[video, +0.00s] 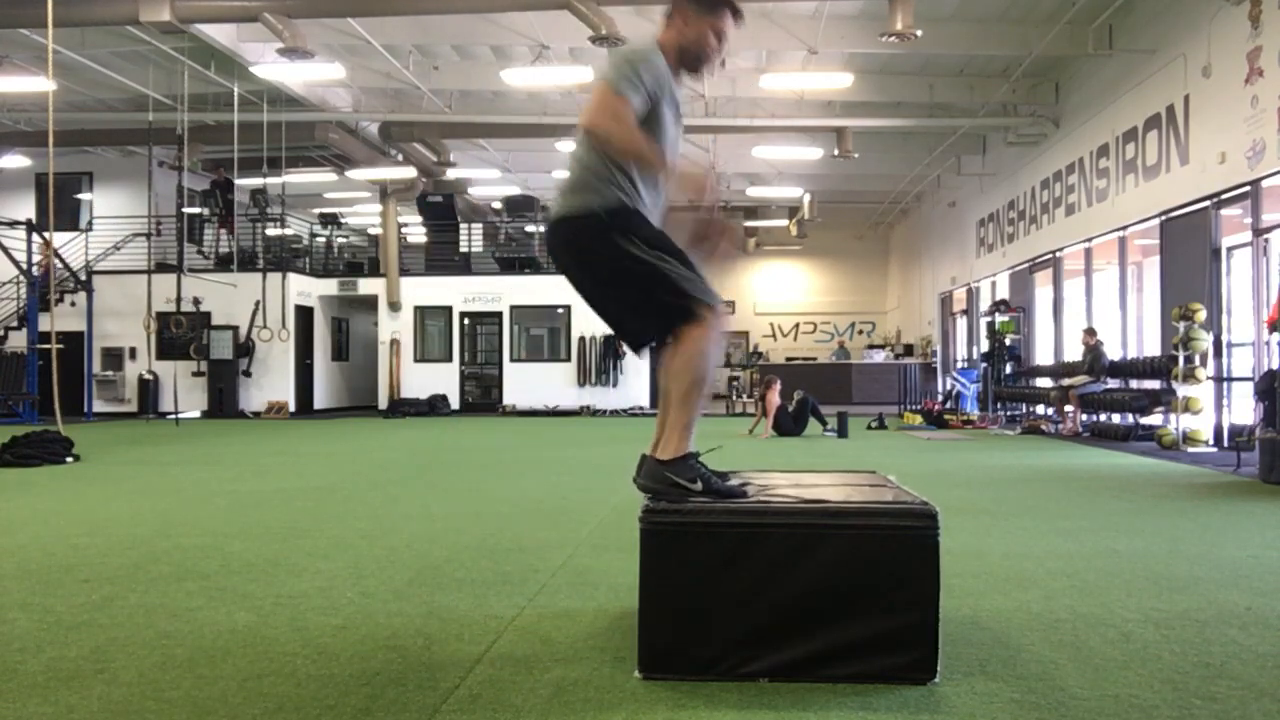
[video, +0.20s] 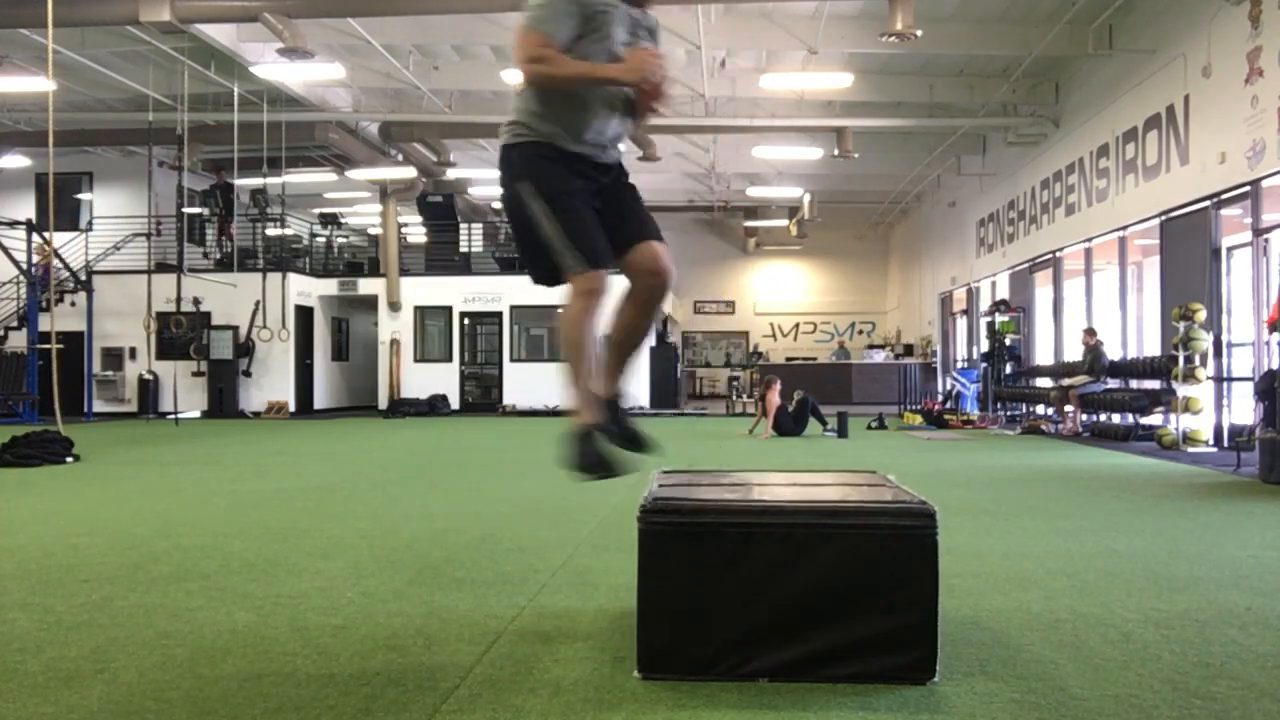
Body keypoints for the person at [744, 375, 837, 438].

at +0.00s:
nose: (780, 386)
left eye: (779, 384)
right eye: (778, 384)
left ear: (768, 385)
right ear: (773, 385)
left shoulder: (765, 396)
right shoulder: (773, 396)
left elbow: (759, 415)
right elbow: (770, 416)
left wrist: (751, 430)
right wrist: (766, 433)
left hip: (784, 430)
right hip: (792, 431)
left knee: (804, 399)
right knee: (807, 400)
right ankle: (826, 426)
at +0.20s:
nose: (780, 386)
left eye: (779, 384)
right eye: (778, 384)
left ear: (768, 385)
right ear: (773, 385)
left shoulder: (765, 396)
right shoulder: (773, 396)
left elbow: (759, 415)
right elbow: (770, 416)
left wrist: (751, 430)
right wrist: (766, 433)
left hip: (784, 430)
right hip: (792, 431)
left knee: (804, 399)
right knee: (807, 400)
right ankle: (826, 426)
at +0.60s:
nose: (780, 387)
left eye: (779, 384)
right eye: (778, 384)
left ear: (768, 385)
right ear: (773, 385)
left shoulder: (765, 396)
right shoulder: (773, 396)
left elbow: (759, 415)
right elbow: (770, 416)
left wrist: (751, 430)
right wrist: (766, 433)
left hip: (784, 430)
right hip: (792, 431)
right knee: (807, 400)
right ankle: (826, 426)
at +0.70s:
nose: (780, 386)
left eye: (780, 384)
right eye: (778, 384)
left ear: (768, 385)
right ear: (773, 385)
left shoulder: (766, 396)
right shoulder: (773, 396)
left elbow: (760, 415)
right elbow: (770, 416)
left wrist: (751, 430)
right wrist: (766, 433)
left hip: (784, 430)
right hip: (792, 431)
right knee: (807, 399)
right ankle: (826, 426)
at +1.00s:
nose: (780, 386)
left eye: (780, 384)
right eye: (778, 384)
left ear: (768, 385)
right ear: (773, 385)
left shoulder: (765, 396)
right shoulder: (773, 396)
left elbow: (760, 415)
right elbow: (770, 416)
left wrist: (751, 430)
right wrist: (766, 433)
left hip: (784, 430)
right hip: (792, 431)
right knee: (807, 399)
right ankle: (826, 426)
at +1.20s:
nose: (780, 387)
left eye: (779, 384)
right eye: (778, 384)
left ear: (768, 385)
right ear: (773, 385)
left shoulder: (765, 396)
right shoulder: (773, 396)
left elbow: (759, 415)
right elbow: (770, 416)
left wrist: (751, 430)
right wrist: (766, 433)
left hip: (784, 430)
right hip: (792, 431)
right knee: (807, 399)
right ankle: (826, 426)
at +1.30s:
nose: (780, 387)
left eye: (779, 384)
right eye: (778, 384)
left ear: (768, 385)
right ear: (773, 385)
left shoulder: (765, 396)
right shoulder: (773, 396)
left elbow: (759, 415)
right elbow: (770, 416)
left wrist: (751, 430)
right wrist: (766, 433)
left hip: (784, 430)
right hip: (792, 431)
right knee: (807, 399)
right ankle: (826, 426)